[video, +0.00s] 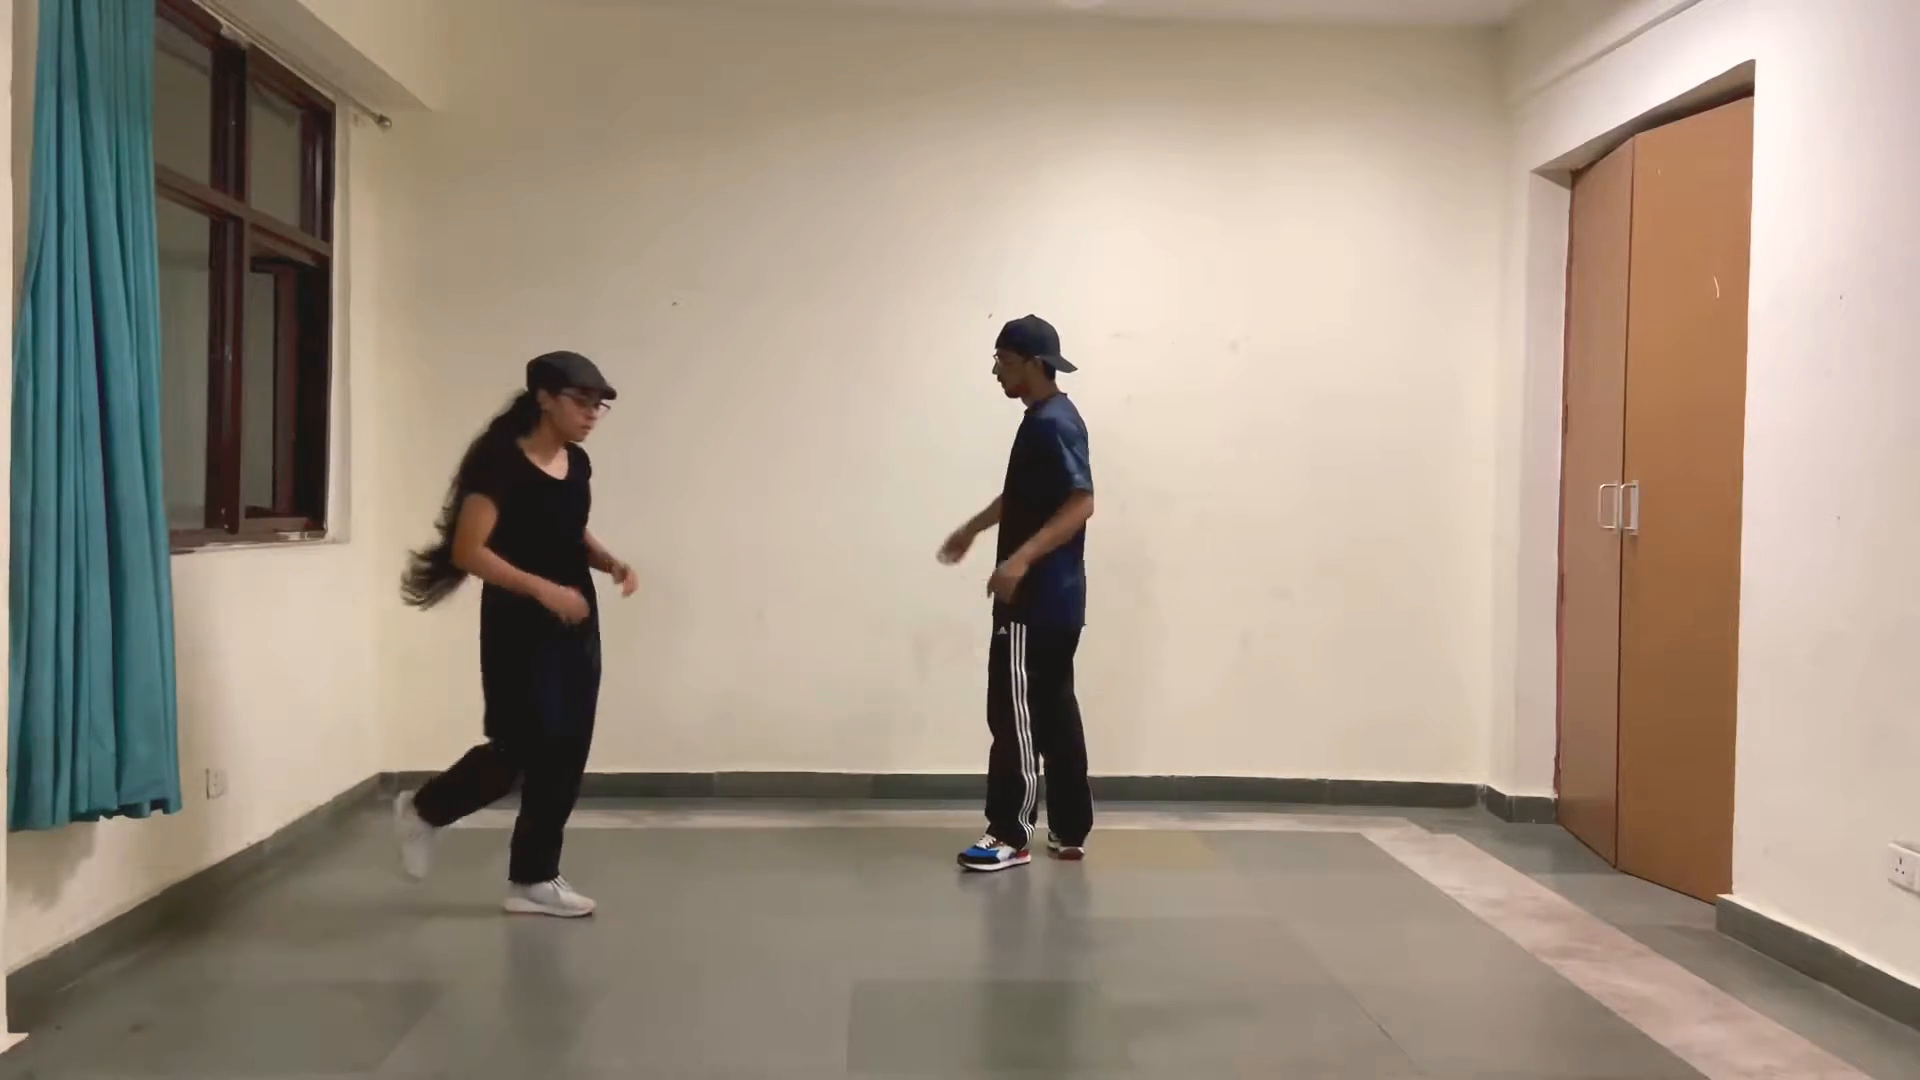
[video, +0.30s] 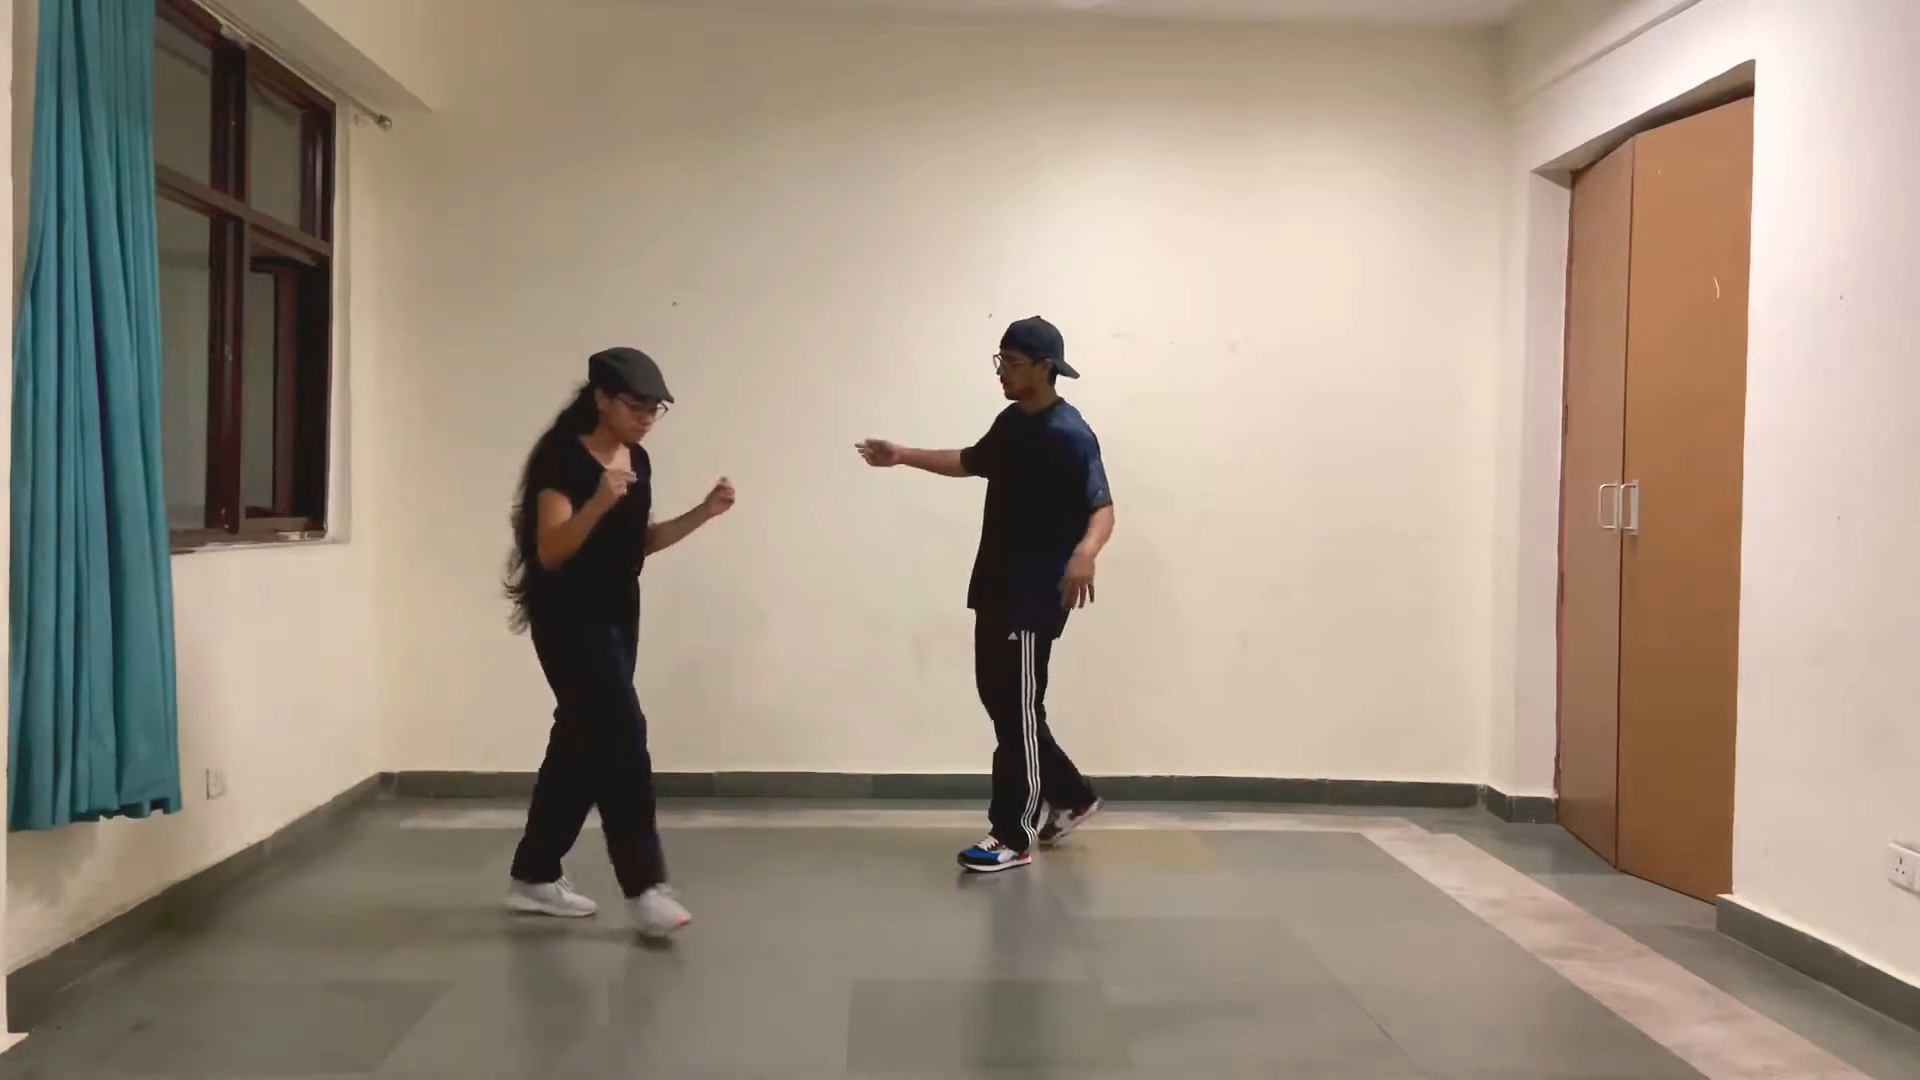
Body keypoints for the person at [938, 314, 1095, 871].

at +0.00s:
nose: (996, 371)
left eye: (1002, 361)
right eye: (997, 361)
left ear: (1031, 363)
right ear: (1036, 365)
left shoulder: (1052, 422)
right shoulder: (1046, 417)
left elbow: (1080, 504)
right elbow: (1023, 492)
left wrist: (1019, 560)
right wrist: (971, 528)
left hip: (1035, 597)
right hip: (1047, 595)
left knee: (1012, 714)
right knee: (1053, 711)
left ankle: (1009, 836)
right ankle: (1069, 831)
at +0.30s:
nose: (1001, 372)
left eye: (1012, 364)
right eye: (1001, 362)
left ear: (1044, 367)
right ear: (1015, 366)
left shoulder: (1072, 434)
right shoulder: (1011, 422)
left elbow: (1103, 511)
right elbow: (969, 462)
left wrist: (1085, 556)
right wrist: (901, 454)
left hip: (1035, 592)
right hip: (994, 587)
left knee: (1020, 707)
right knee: (998, 694)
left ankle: (1013, 837)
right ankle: (1069, 792)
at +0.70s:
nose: (1028, 365)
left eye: (1041, 358)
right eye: (1025, 355)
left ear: (1067, 369)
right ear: (1017, 360)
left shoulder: (1081, 441)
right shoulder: (990, 420)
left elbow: (1082, 531)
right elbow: (966, 504)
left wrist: (1067, 608)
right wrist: (947, 580)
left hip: (1034, 609)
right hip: (975, 600)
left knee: (1029, 731)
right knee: (939, 719)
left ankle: (1015, 839)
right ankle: (905, 830)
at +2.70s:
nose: (1003, 364)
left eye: (1015, 353)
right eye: (991, 353)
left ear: (1035, 355)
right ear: (975, 355)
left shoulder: (1067, 429)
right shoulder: (946, 431)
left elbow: (1098, 520)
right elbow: (916, 531)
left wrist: (1160, 584)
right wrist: (867, 616)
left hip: (1056, 629)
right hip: (983, 631)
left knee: (1048, 766)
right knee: (996, 769)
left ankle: (1026, 909)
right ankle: (1042, 879)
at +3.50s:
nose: (931, 381)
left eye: (942, 366)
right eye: (917, 369)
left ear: (964, 361)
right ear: (903, 370)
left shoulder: (1007, 430)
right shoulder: (886, 443)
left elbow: (1075, 488)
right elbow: (866, 537)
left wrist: (1159, 514)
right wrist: (833, 602)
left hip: (999, 627)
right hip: (922, 629)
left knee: (1006, 763)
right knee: (891, 752)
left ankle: (1018, 906)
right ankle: (858, 875)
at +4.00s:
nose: (1001, 379)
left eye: (1013, 366)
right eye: (987, 366)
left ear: (1031, 364)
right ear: (969, 368)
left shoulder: (1061, 435)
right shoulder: (940, 442)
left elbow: (1066, 543)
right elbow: (923, 539)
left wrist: (1058, 633)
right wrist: (899, 626)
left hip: (1059, 611)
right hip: (985, 617)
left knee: (1078, 748)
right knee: (987, 756)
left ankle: (1089, 879)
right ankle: (987, 901)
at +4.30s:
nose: (1025, 384)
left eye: (1038, 372)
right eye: (1013, 371)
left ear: (1056, 373)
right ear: (994, 370)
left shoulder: (1080, 441)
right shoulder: (963, 438)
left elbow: (1087, 551)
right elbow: (947, 518)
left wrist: (989, 591)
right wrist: (972, 595)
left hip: (1102, 621)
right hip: (1029, 629)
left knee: (1149, 762)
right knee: (1042, 771)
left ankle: (1179, 905)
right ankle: (1005, 900)